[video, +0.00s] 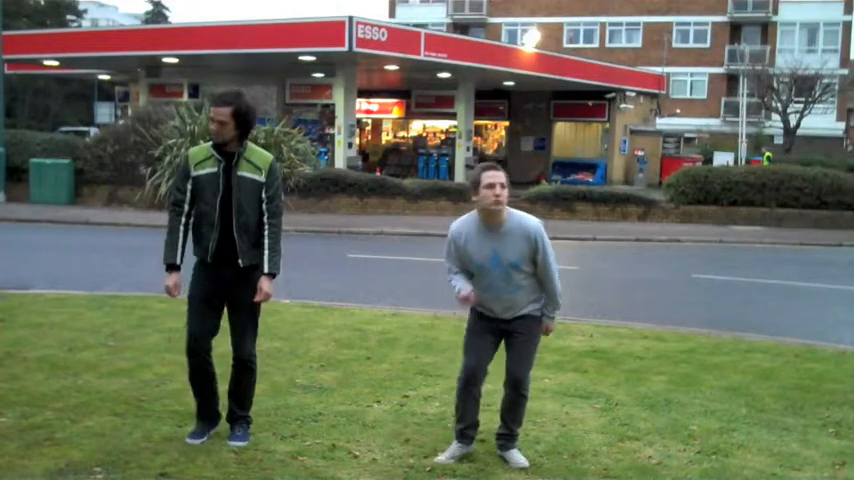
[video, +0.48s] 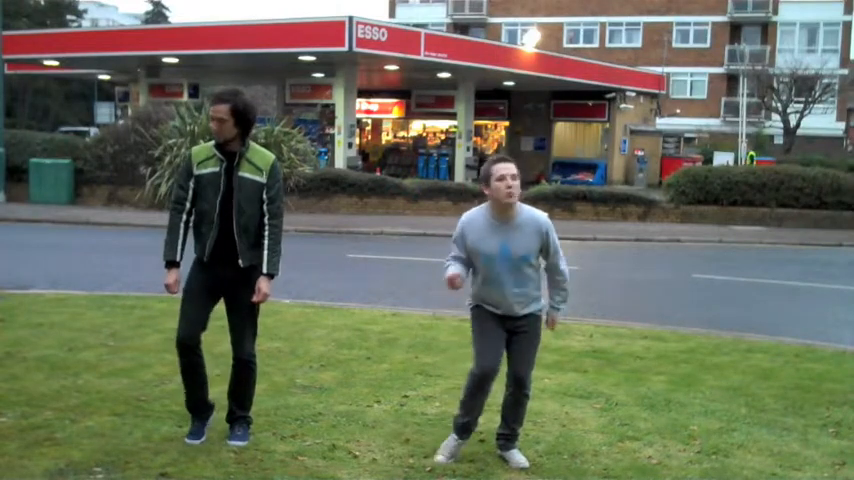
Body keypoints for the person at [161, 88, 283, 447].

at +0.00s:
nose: (213, 127)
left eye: (221, 122)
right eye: (211, 120)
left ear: (241, 125)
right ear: (210, 120)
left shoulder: (265, 166)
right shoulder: (194, 160)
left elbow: (273, 222)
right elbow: (178, 214)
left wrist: (268, 273)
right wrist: (172, 267)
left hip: (247, 273)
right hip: (206, 269)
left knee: (244, 352)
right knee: (196, 345)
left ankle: (240, 420)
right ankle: (207, 417)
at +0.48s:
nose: (213, 126)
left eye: (220, 120)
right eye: (211, 119)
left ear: (241, 123)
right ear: (210, 120)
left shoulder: (266, 165)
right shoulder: (196, 158)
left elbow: (274, 223)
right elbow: (179, 212)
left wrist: (267, 274)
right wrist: (173, 264)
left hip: (245, 272)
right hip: (204, 268)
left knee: (244, 352)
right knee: (186, 338)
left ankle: (240, 419)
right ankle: (200, 412)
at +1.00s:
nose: (210, 123)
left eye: (217, 117)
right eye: (209, 116)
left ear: (237, 120)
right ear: (210, 119)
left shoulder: (265, 165)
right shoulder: (195, 159)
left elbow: (272, 224)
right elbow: (178, 211)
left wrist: (265, 275)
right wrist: (171, 263)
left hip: (244, 271)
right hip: (203, 267)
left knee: (244, 351)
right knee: (178, 334)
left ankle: (240, 420)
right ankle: (195, 411)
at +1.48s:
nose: (206, 120)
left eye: (213, 115)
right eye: (207, 114)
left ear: (233, 120)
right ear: (217, 119)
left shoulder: (265, 166)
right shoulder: (196, 158)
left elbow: (270, 225)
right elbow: (181, 212)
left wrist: (263, 277)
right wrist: (175, 263)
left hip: (243, 273)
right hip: (204, 270)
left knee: (243, 352)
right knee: (193, 343)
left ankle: (239, 420)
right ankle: (205, 417)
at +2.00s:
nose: (211, 116)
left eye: (218, 112)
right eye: (211, 110)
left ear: (238, 119)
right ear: (216, 117)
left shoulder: (266, 166)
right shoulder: (198, 157)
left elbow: (272, 226)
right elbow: (182, 211)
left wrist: (260, 276)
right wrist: (176, 262)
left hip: (244, 272)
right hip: (205, 267)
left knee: (243, 352)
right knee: (184, 335)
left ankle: (239, 420)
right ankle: (196, 408)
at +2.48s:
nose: (226, 117)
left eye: (235, 113)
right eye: (223, 111)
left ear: (250, 121)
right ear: (217, 117)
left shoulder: (268, 167)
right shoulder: (197, 158)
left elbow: (273, 225)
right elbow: (179, 212)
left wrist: (263, 276)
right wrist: (175, 264)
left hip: (245, 271)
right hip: (203, 266)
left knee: (243, 353)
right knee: (183, 334)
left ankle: (239, 419)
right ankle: (196, 408)